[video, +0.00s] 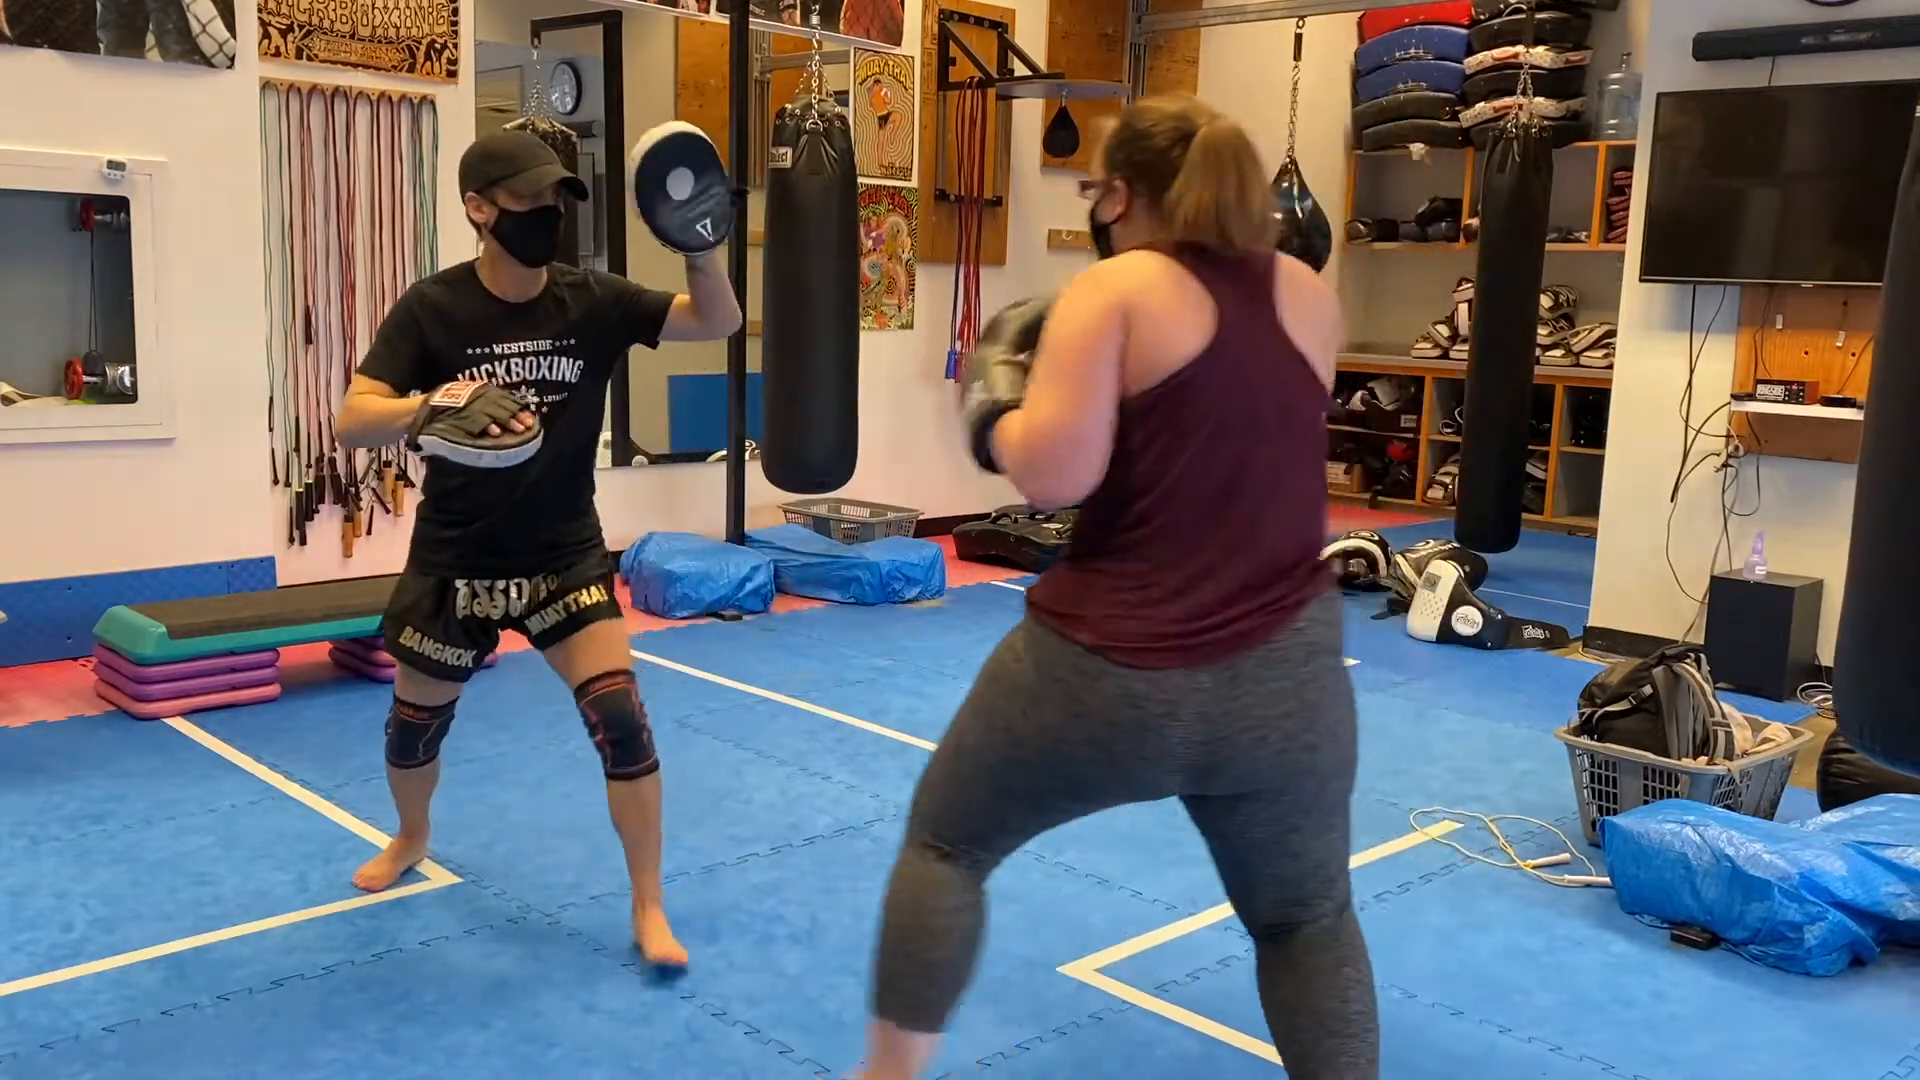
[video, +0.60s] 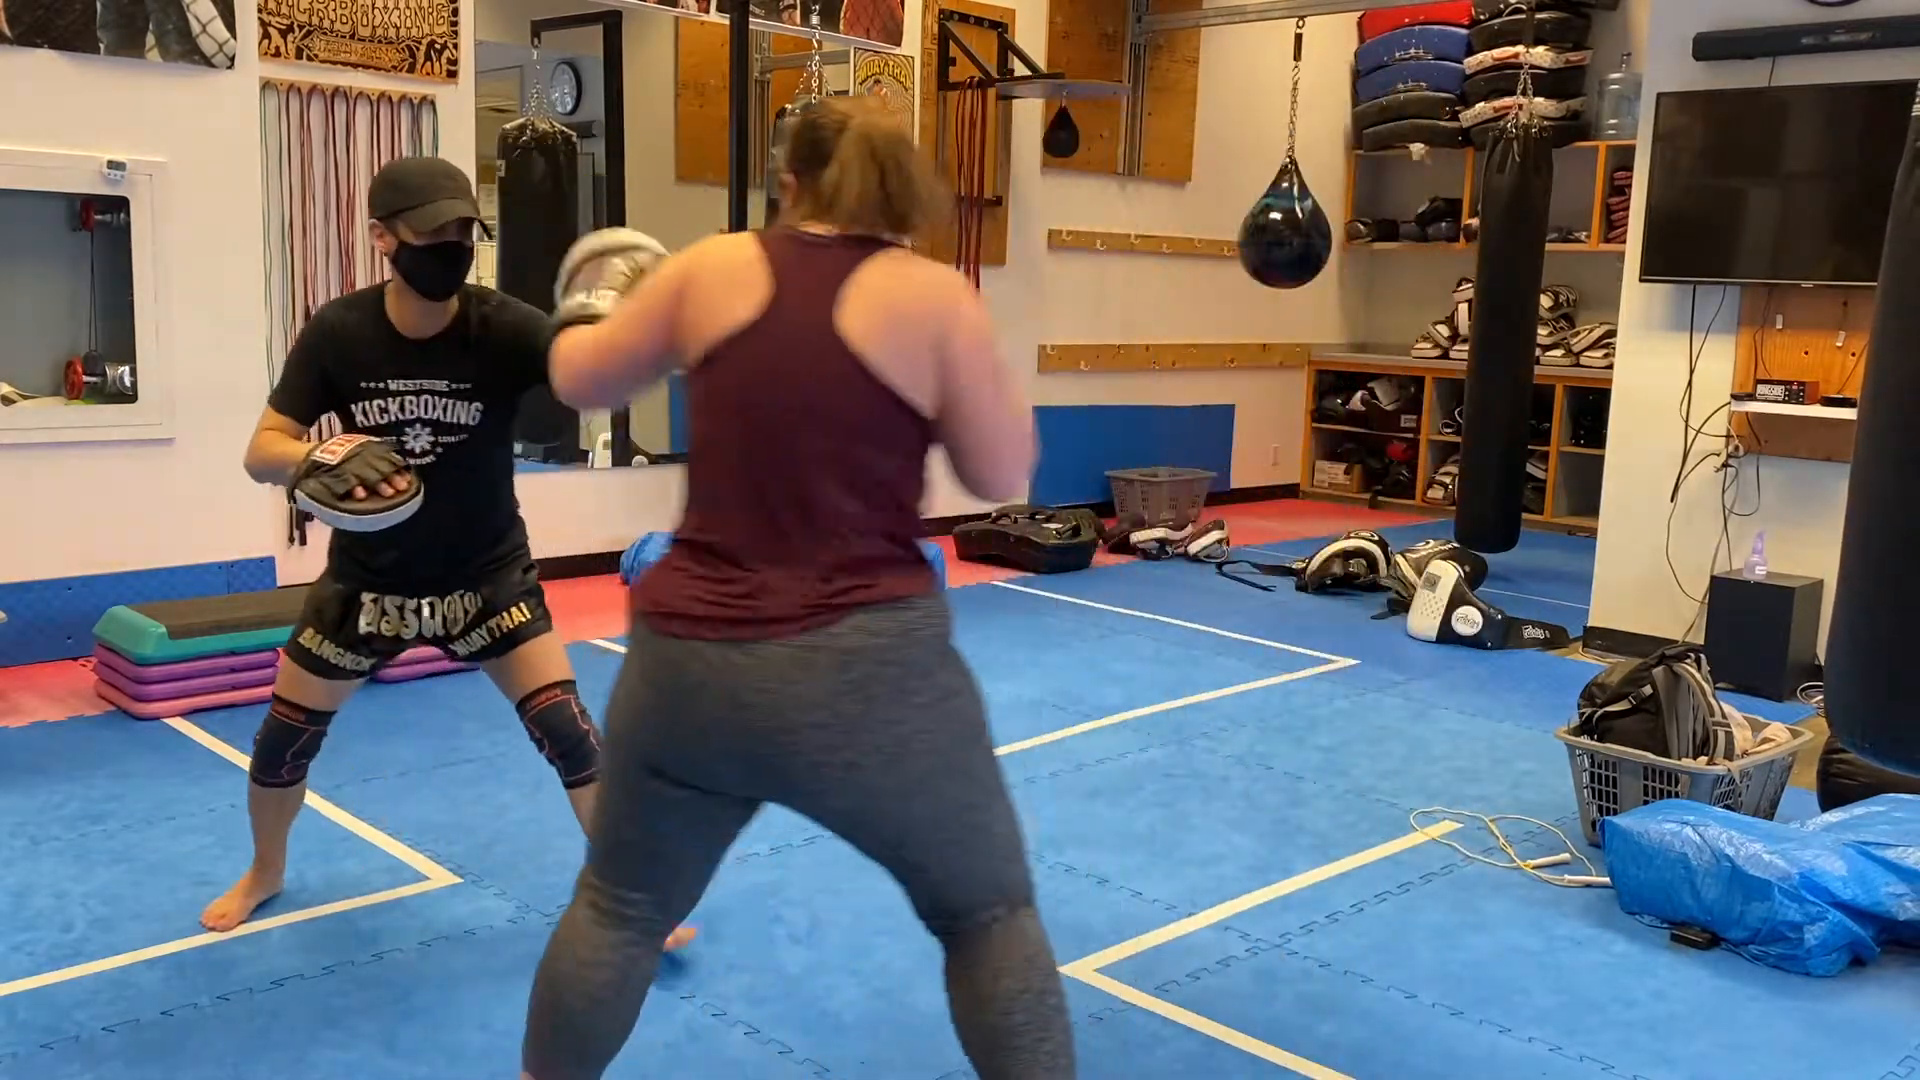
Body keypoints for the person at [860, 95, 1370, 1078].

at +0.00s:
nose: (1098, 213)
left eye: (1103, 194)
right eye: (1098, 195)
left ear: (1134, 194)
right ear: (1229, 184)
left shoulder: (1111, 293)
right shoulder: (1311, 293)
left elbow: (1053, 476)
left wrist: (995, 402)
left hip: (1100, 692)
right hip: (1285, 692)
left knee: (947, 848)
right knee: (1308, 919)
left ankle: (890, 1063)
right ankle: (1346, 1074)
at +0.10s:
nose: (1039, 198)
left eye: (1046, 183)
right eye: (1043, 181)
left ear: (1072, 192)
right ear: (1169, 183)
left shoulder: (1016, 293)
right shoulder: (1245, 294)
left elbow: (936, 445)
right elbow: (1272, 458)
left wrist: (880, 368)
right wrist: (1155, 419)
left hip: (1025, 690)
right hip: (1213, 689)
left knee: (899, 874)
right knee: (1276, 913)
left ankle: (813, 1064)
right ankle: (1336, 1071)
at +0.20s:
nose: (968, 183)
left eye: (974, 171)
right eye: (974, 167)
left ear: (992, 184)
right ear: (1103, 182)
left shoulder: (928, 277)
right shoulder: (1156, 294)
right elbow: (1201, 452)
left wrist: (756, 288)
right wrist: (1099, 418)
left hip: (935, 671)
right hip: (1118, 671)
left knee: (860, 887)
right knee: (1223, 905)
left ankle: (811, 1067)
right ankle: (1308, 1070)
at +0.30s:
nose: (917, 164)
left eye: (924, 150)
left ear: (942, 159)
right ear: (1054, 162)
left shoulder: (880, 246)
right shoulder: (1110, 270)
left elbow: (739, 342)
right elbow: (1136, 438)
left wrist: (742, 293)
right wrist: (1035, 396)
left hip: (880, 652)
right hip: (1062, 653)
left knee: (820, 860)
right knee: (1136, 882)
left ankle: (796, 1067)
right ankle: (1161, 1069)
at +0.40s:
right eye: (1036, 161)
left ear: (908, 162)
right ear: (1023, 170)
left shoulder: (846, 258)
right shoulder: (1073, 272)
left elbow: (740, 400)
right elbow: (1120, 438)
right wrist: (1015, 391)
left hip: (828, 649)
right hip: (1014, 658)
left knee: (743, 838)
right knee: (1066, 905)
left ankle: (698, 1059)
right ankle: (1065, 1073)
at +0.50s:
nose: (840, 185)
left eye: (844, 172)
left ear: (856, 181)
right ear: (971, 180)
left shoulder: (786, 276)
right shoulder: (1023, 289)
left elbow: (696, 419)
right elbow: (1086, 453)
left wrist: (666, 357)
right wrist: (997, 380)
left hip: (762, 662)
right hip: (952, 669)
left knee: (660, 877)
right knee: (1037, 923)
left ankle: (570, 1064)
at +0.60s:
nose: (774, 189)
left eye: (779, 177)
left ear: (791, 183)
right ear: (906, 187)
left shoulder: (710, 270)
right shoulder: (935, 298)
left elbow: (578, 375)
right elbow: (1000, 478)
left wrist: (607, 306)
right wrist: (934, 373)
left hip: (688, 673)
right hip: (870, 677)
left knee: (615, 908)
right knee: (987, 917)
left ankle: (549, 1072)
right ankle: (1036, 1071)